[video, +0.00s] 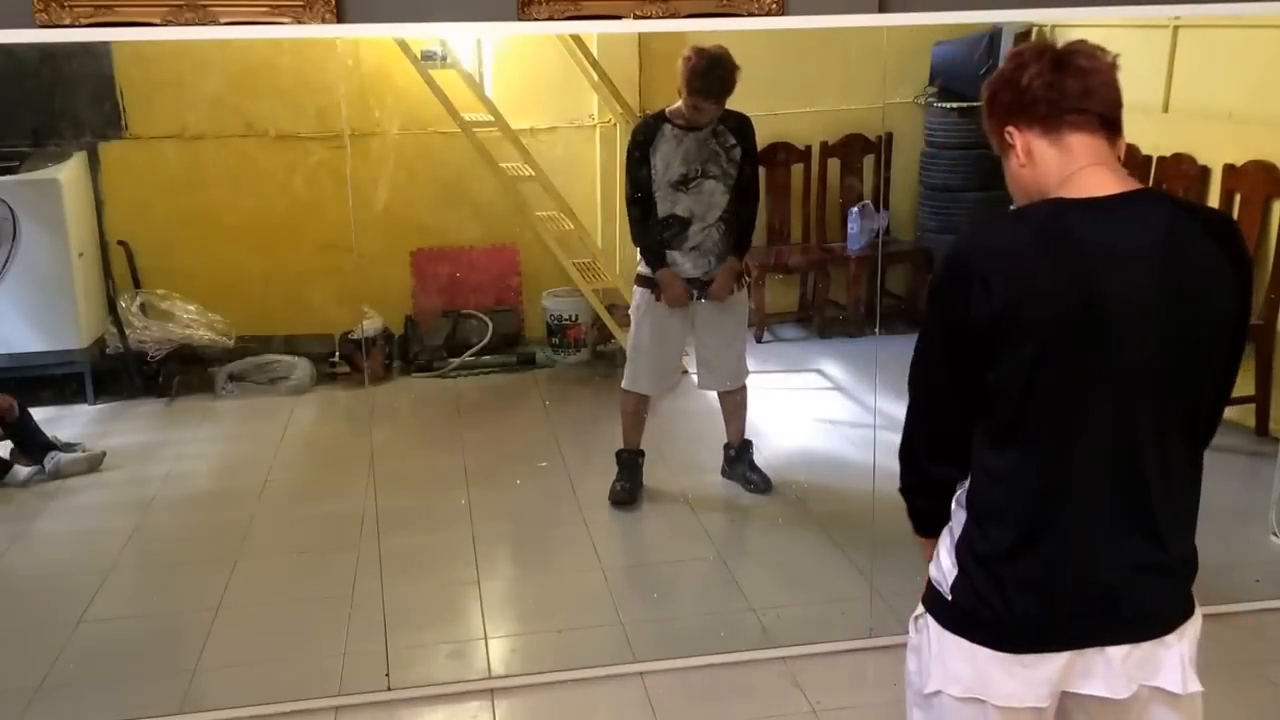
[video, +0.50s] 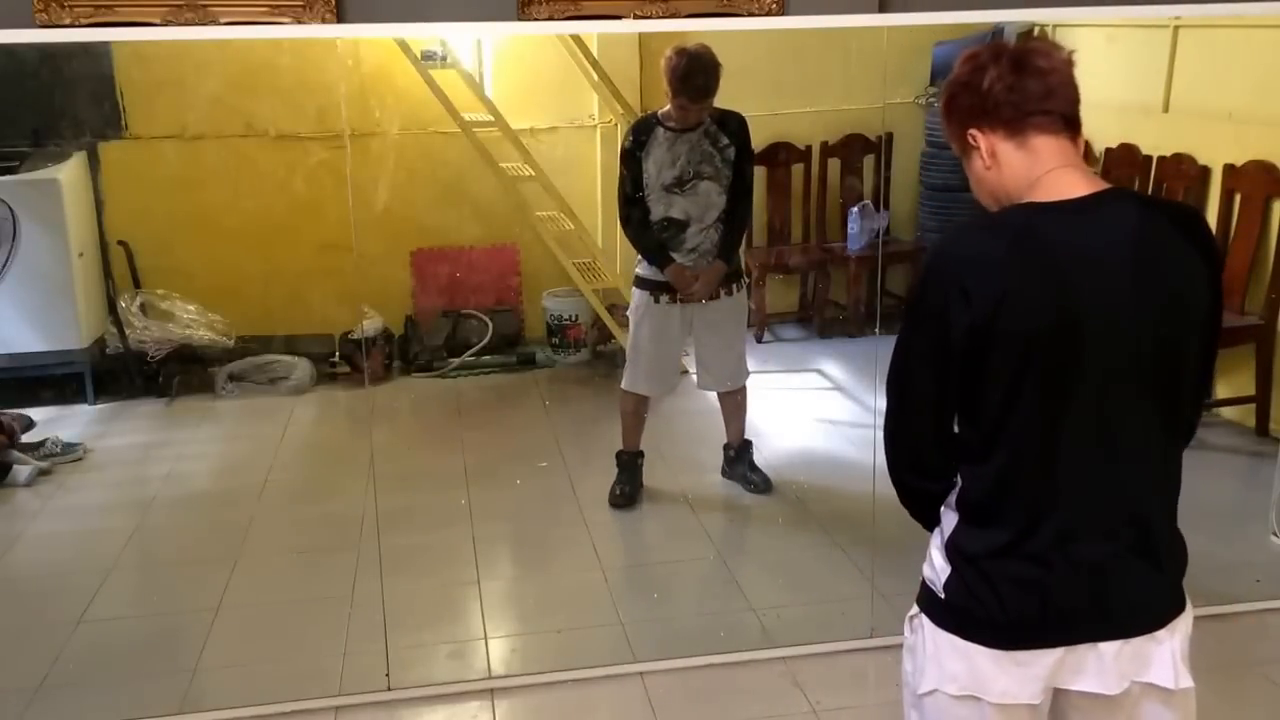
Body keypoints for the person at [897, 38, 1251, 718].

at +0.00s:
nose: (1007, 181)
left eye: (1001, 159)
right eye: (1003, 161)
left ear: (1019, 144)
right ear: (1114, 133)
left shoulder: (989, 254)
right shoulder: (1214, 245)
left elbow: (932, 436)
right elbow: (1199, 419)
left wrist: (936, 539)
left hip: (998, 616)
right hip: (1153, 615)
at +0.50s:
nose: (970, 181)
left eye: (963, 161)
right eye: (964, 162)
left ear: (982, 147)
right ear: (1076, 132)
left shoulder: (968, 257)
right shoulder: (1183, 239)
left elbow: (912, 448)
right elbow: (1183, 412)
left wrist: (966, 523)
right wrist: (1113, 485)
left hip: (989, 612)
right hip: (1140, 609)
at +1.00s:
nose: (981, 162)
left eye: (976, 142)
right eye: (978, 143)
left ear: (995, 135)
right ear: (1092, 121)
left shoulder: (965, 266)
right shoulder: (1191, 246)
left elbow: (917, 464)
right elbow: (1178, 422)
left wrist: (978, 525)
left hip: (984, 619)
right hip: (1139, 619)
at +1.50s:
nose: (994, 127)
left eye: (993, 109)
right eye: (993, 108)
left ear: (1012, 116)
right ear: (1109, 113)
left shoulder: (962, 263)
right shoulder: (1188, 247)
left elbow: (917, 462)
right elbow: (1176, 424)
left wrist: (983, 537)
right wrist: (1112, 519)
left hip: (984, 621)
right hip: (1138, 618)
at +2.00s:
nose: (985, 123)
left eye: (986, 106)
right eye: (987, 106)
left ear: (1006, 117)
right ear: (1105, 107)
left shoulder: (961, 264)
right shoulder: (1187, 248)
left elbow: (920, 478)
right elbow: (1178, 428)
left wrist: (992, 536)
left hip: (983, 628)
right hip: (1138, 626)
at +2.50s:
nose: (993, 118)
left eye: (993, 100)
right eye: (994, 100)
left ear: (1013, 113)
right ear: (1113, 105)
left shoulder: (966, 266)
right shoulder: (1191, 250)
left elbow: (921, 472)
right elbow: (1183, 430)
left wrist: (973, 538)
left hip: (987, 629)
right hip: (1142, 628)